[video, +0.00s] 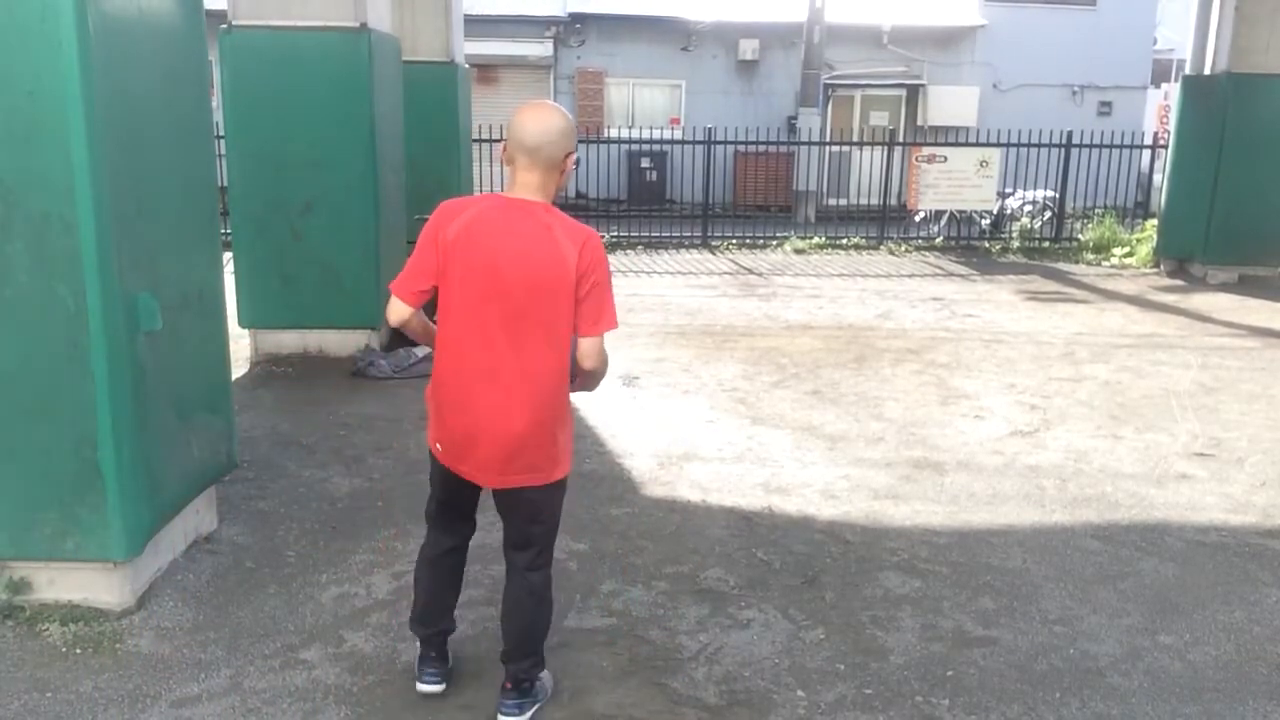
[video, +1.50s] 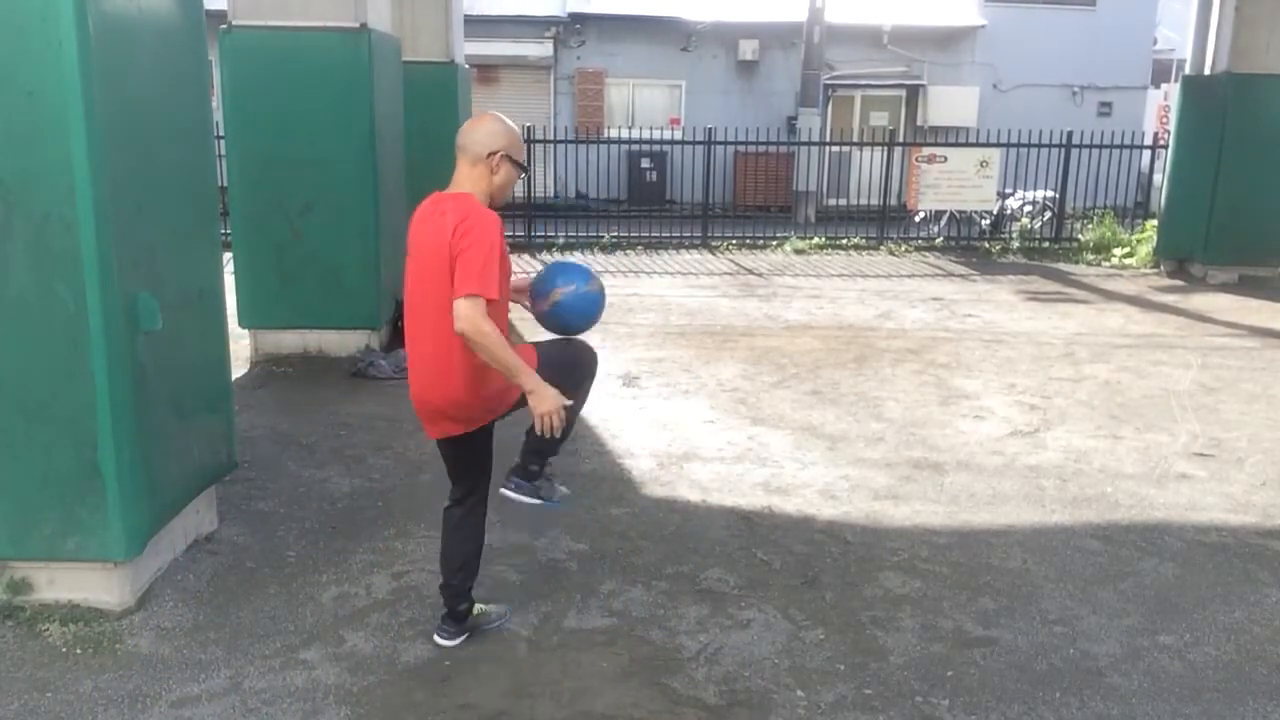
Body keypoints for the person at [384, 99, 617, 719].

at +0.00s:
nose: (573, 163)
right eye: (574, 156)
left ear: (504, 154)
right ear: (569, 165)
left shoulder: (452, 217)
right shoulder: (581, 243)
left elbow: (401, 311)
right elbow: (590, 361)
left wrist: (447, 343)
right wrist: (555, 373)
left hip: (457, 422)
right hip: (534, 433)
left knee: (445, 532)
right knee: (529, 558)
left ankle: (432, 659)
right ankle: (519, 683)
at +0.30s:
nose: (548, 167)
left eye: (547, 157)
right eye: (546, 157)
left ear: (481, 154)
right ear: (533, 159)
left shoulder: (437, 219)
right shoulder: (534, 231)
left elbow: (413, 316)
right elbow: (567, 337)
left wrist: (471, 299)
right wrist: (581, 314)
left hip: (457, 418)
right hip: (521, 424)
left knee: (456, 522)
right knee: (525, 555)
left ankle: (437, 627)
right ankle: (518, 684)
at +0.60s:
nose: (516, 161)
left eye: (516, 149)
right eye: (514, 148)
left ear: (461, 148)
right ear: (491, 146)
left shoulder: (416, 211)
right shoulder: (493, 212)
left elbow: (406, 305)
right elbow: (512, 314)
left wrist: (507, 291)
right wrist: (573, 307)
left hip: (433, 400)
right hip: (492, 401)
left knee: (444, 511)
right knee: (537, 510)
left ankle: (437, 630)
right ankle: (501, 642)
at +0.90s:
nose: (521, 169)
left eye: (521, 158)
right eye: (519, 157)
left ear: (466, 157)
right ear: (499, 157)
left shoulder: (425, 217)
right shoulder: (498, 224)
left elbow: (427, 300)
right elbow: (517, 323)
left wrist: (515, 280)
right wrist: (572, 314)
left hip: (436, 406)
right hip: (490, 411)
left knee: (459, 502)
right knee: (512, 523)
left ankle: (442, 617)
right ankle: (468, 645)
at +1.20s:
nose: (514, 157)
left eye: (514, 146)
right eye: (512, 146)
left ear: (457, 142)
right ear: (491, 144)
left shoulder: (422, 198)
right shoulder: (492, 211)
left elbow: (452, 268)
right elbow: (532, 300)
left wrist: (510, 232)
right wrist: (599, 273)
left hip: (435, 384)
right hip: (487, 393)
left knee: (459, 495)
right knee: (508, 506)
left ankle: (455, 612)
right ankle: (471, 632)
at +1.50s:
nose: (517, 181)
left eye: (519, 170)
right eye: (517, 168)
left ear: (470, 159)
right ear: (495, 161)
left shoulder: (427, 211)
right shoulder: (479, 220)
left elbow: (441, 288)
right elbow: (469, 320)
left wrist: (516, 292)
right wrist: (533, 384)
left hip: (433, 388)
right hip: (478, 381)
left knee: (466, 492)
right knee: (579, 358)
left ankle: (456, 613)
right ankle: (531, 474)